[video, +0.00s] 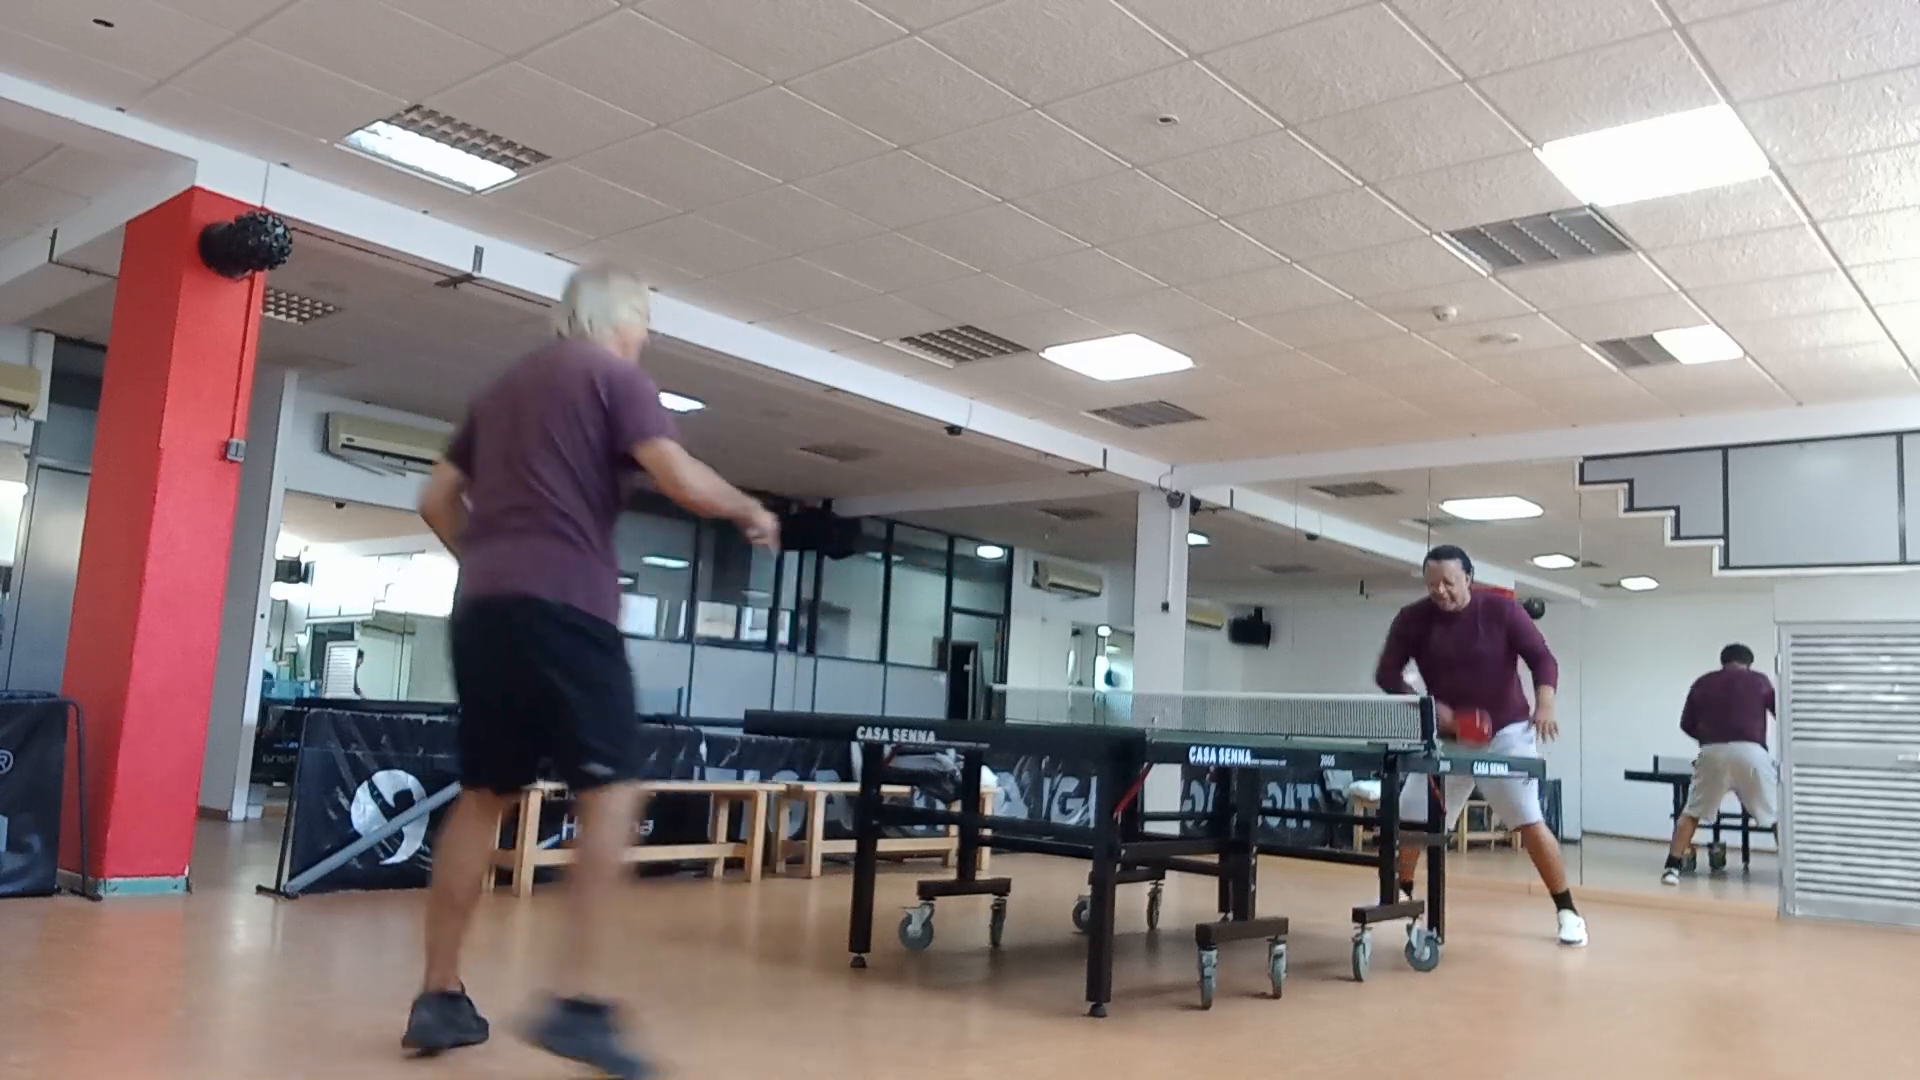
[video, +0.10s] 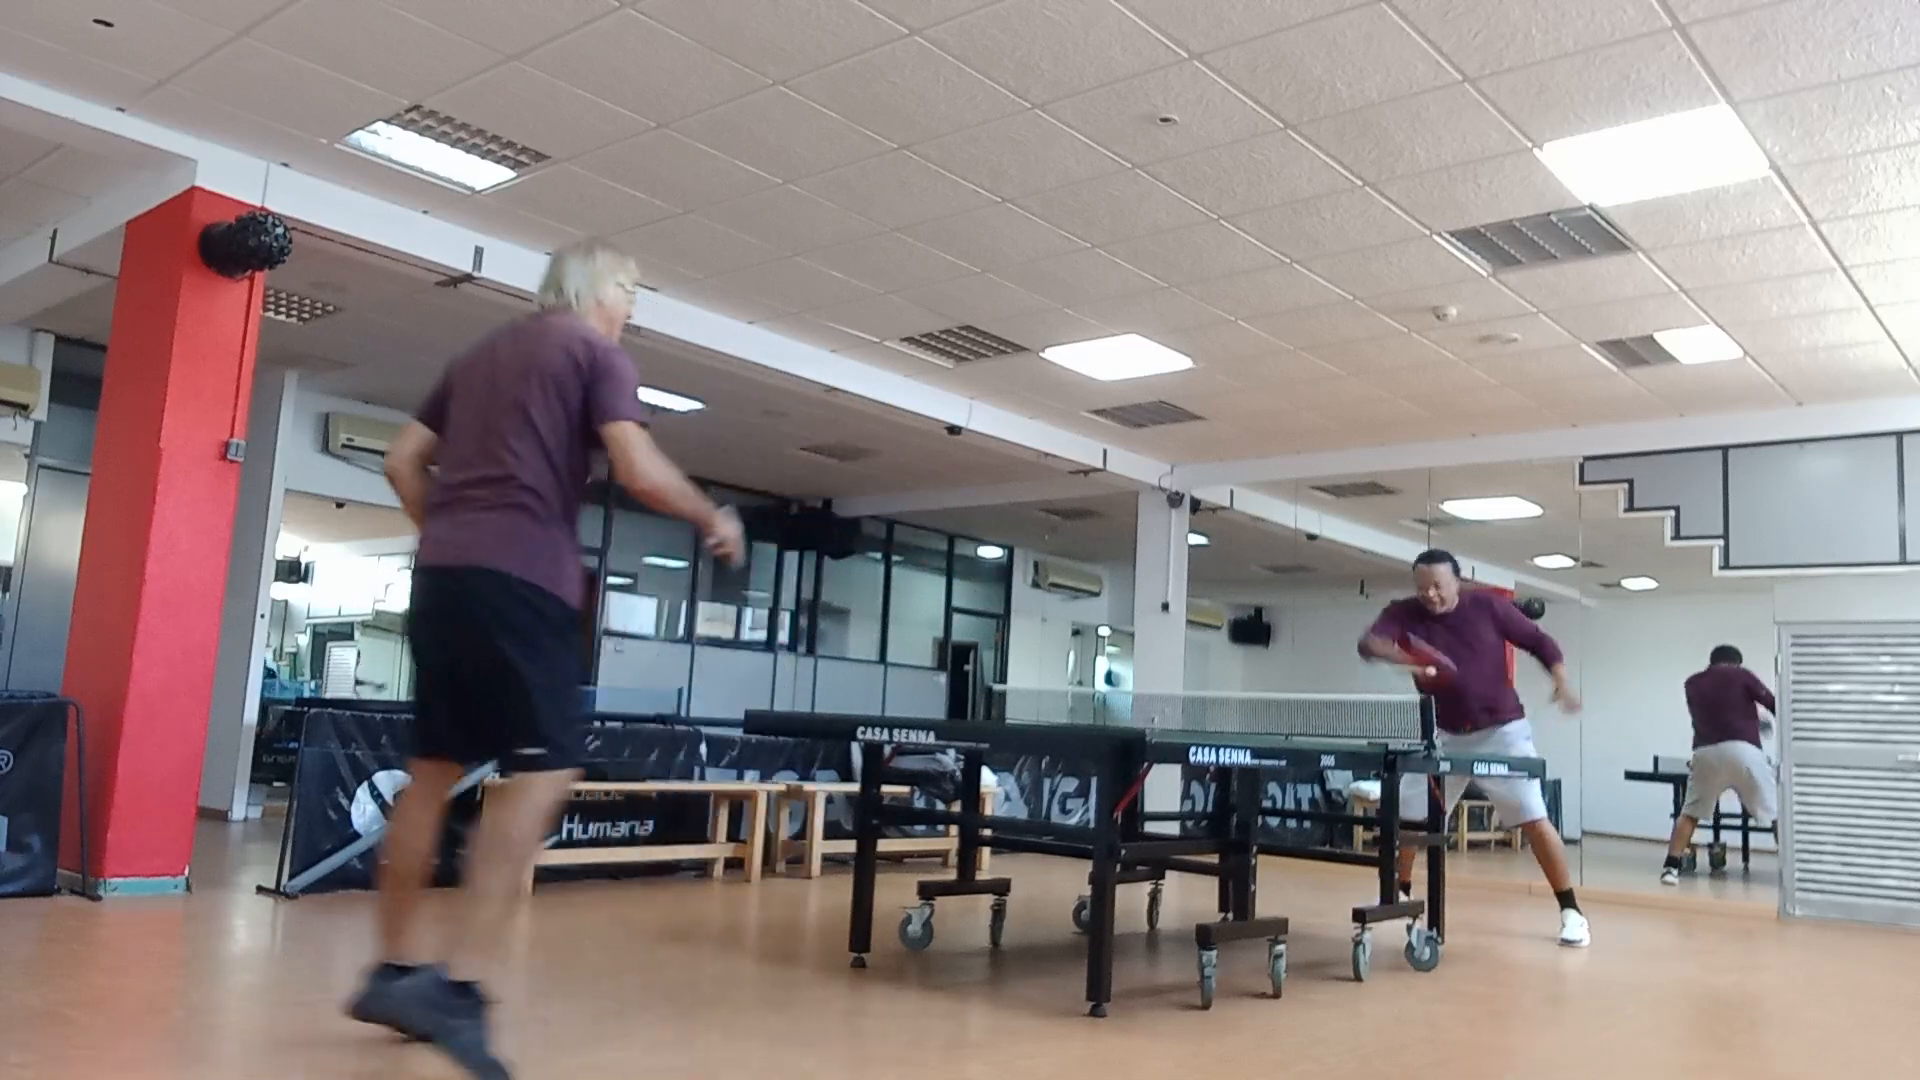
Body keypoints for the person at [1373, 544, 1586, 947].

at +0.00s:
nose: (1440, 591)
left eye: (1448, 582)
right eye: (1433, 584)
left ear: (1467, 577)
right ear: (1426, 584)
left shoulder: (1502, 610)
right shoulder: (1414, 620)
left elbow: (1542, 658)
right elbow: (1386, 675)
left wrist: (1545, 706)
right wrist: (1432, 710)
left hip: (1507, 733)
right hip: (1448, 739)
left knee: (1527, 819)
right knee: (1409, 820)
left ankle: (1567, 911)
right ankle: (1401, 896)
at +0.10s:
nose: (1431, 595)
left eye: (1438, 586)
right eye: (1423, 588)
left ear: (1456, 580)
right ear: (1416, 586)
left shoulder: (1490, 607)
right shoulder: (1404, 613)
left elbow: (1542, 642)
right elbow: (1368, 644)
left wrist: (1561, 682)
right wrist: (1410, 661)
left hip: (1502, 732)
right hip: (1446, 737)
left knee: (1532, 817)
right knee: (1407, 819)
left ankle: (1571, 911)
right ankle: (1399, 897)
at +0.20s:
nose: (1422, 594)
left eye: (1429, 585)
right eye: (1414, 587)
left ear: (1447, 579)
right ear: (1407, 586)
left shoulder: (1480, 604)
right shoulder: (1399, 605)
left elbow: (1536, 619)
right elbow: (1359, 602)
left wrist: (1584, 650)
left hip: (1498, 735)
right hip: (1438, 739)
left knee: (1533, 820)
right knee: (1403, 822)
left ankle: (1572, 912)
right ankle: (1398, 900)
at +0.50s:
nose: (1435, 563)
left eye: (1443, 557)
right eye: (1430, 557)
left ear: (1467, 562)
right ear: (1425, 563)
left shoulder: (1497, 599)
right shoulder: (1407, 601)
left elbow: (1549, 622)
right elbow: (1373, 642)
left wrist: (1599, 639)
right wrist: (1341, 678)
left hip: (1488, 731)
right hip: (1425, 732)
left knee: (1520, 818)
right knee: (1403, 824)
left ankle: (1558, 910)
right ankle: (1396, 897)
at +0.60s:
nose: (1442, 560)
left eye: (1451, 553)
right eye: (1437, 555)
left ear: (1474, 559)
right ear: (1432, 563)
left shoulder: (1505, 598)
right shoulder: (1417, 602)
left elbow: (1560, 629)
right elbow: (1401, 659)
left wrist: (1620, 661)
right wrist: (1387, 706)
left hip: (1495, 730)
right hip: (1434, 732)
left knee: (1522, 823)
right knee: (1409, 827)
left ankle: (1556, 911)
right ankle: (1401, 898)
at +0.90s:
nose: (1454, 546)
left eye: (1463, 539)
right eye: (1450, 542)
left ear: (1487, 546)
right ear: (1449, 552)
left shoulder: (1521, 589)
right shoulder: (1448, 596)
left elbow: (1554, 641)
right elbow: (1446, 649)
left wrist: (1559, 695)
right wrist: (1429, 698)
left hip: (1516, 722)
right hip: (1460, 722)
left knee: (1531, 820)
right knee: (1448, 811)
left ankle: (1562, 911)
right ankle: (1460, 903)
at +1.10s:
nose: (1447, 553)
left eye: (1454, 545)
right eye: (1447, 546)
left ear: (1481, 551)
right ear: (1476, 553)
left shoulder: (1516, 594)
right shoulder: (1466, 600)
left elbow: (1521, 654)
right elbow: (1470, 660)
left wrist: (1494, 702)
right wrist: (1439, 690)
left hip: (1523, 717)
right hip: (1480, 720)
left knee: (1517, 815)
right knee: (1456, 808)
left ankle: (1568, 920)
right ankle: (1463, 907)